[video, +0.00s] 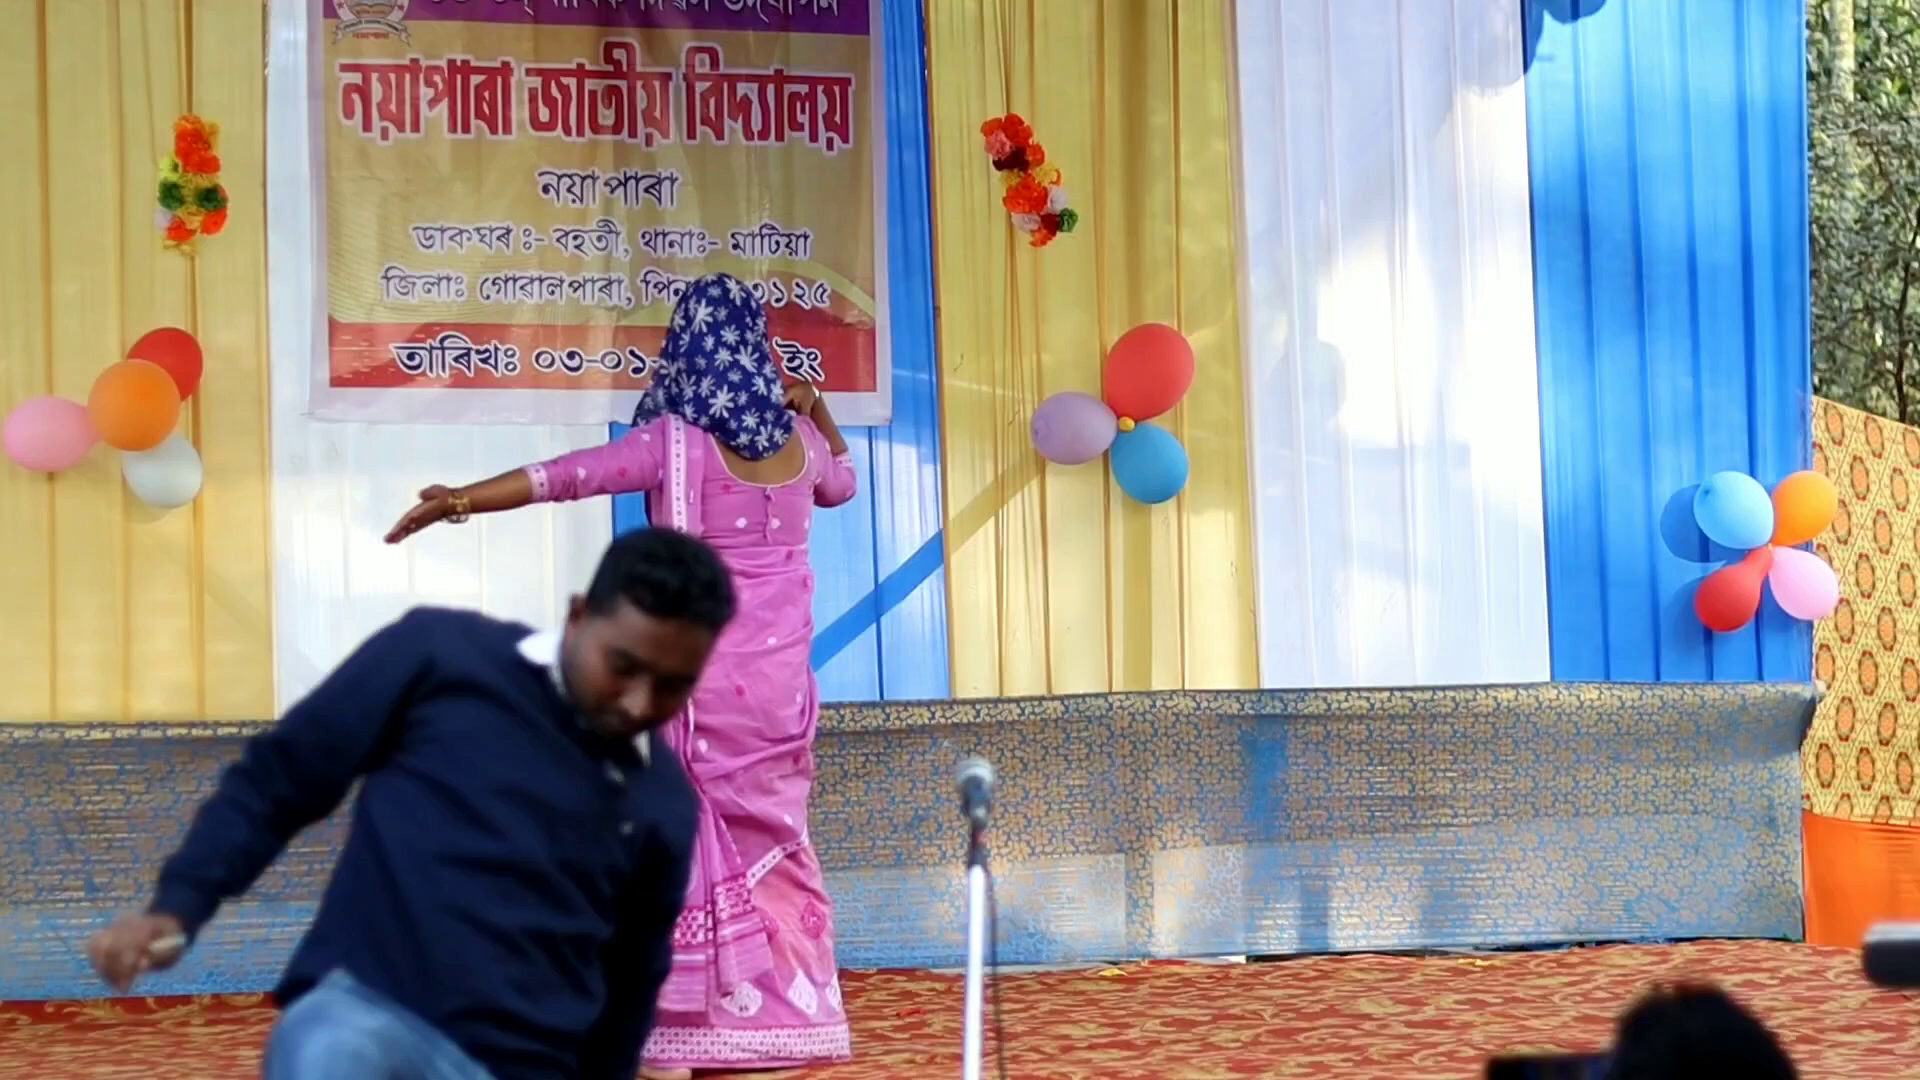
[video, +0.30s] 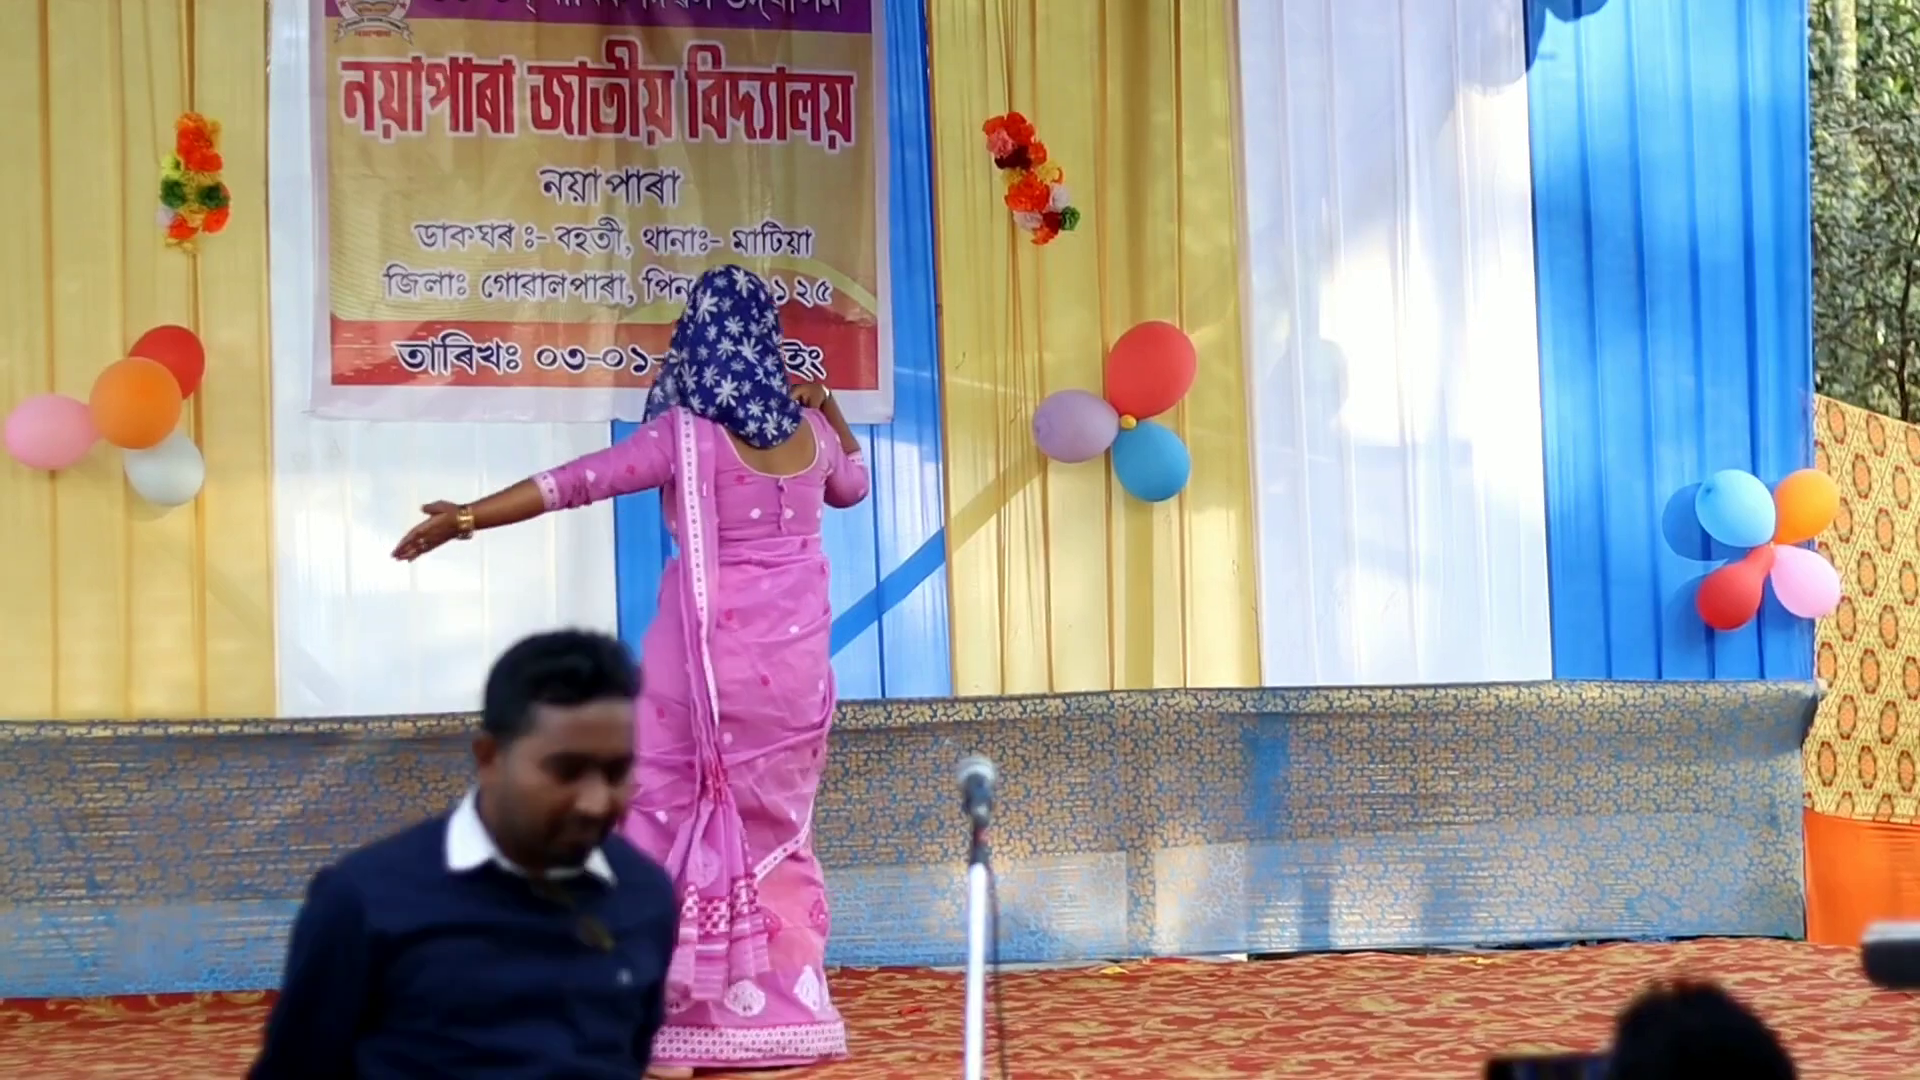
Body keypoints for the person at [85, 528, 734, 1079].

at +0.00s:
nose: (639, 704)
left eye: (672, 686)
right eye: (625, 667)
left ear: (696, 677)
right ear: (578, 612)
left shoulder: (665, 804)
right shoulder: (439, 655)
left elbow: (628, 1000)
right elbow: (281, 776)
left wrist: (601, 1075)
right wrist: (176, 909)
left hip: (528, 1061)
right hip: (378, 1004)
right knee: (337, 1053)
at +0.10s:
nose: (639, 704)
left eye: (672, 686)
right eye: (625, 667)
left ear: (696, 677)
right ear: (578, 612)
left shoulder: (665, 804)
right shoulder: (439, 655)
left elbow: (628, 1000)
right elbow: (281, 776)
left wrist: (601, 1075)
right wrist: (176, 909)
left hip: (528, 1061)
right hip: (378, 1004)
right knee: (337, 1053)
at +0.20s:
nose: (634, 743)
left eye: (662, 719)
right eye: (613, 706)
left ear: (682, 714)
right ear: (548, 670)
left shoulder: (665, 836)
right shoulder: (404, 754)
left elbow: (626, 1015)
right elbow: (299, 925)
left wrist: (603, 1066)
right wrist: (236, 1061)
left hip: (566, 1068)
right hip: (391, 1062)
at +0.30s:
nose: (598, 803)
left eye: (617, 771)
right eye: (567, 770)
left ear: (634, 766)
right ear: (487, 758)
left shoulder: (646, 897)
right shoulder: (364, 902)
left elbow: (627, 1059)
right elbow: (291, 1067)